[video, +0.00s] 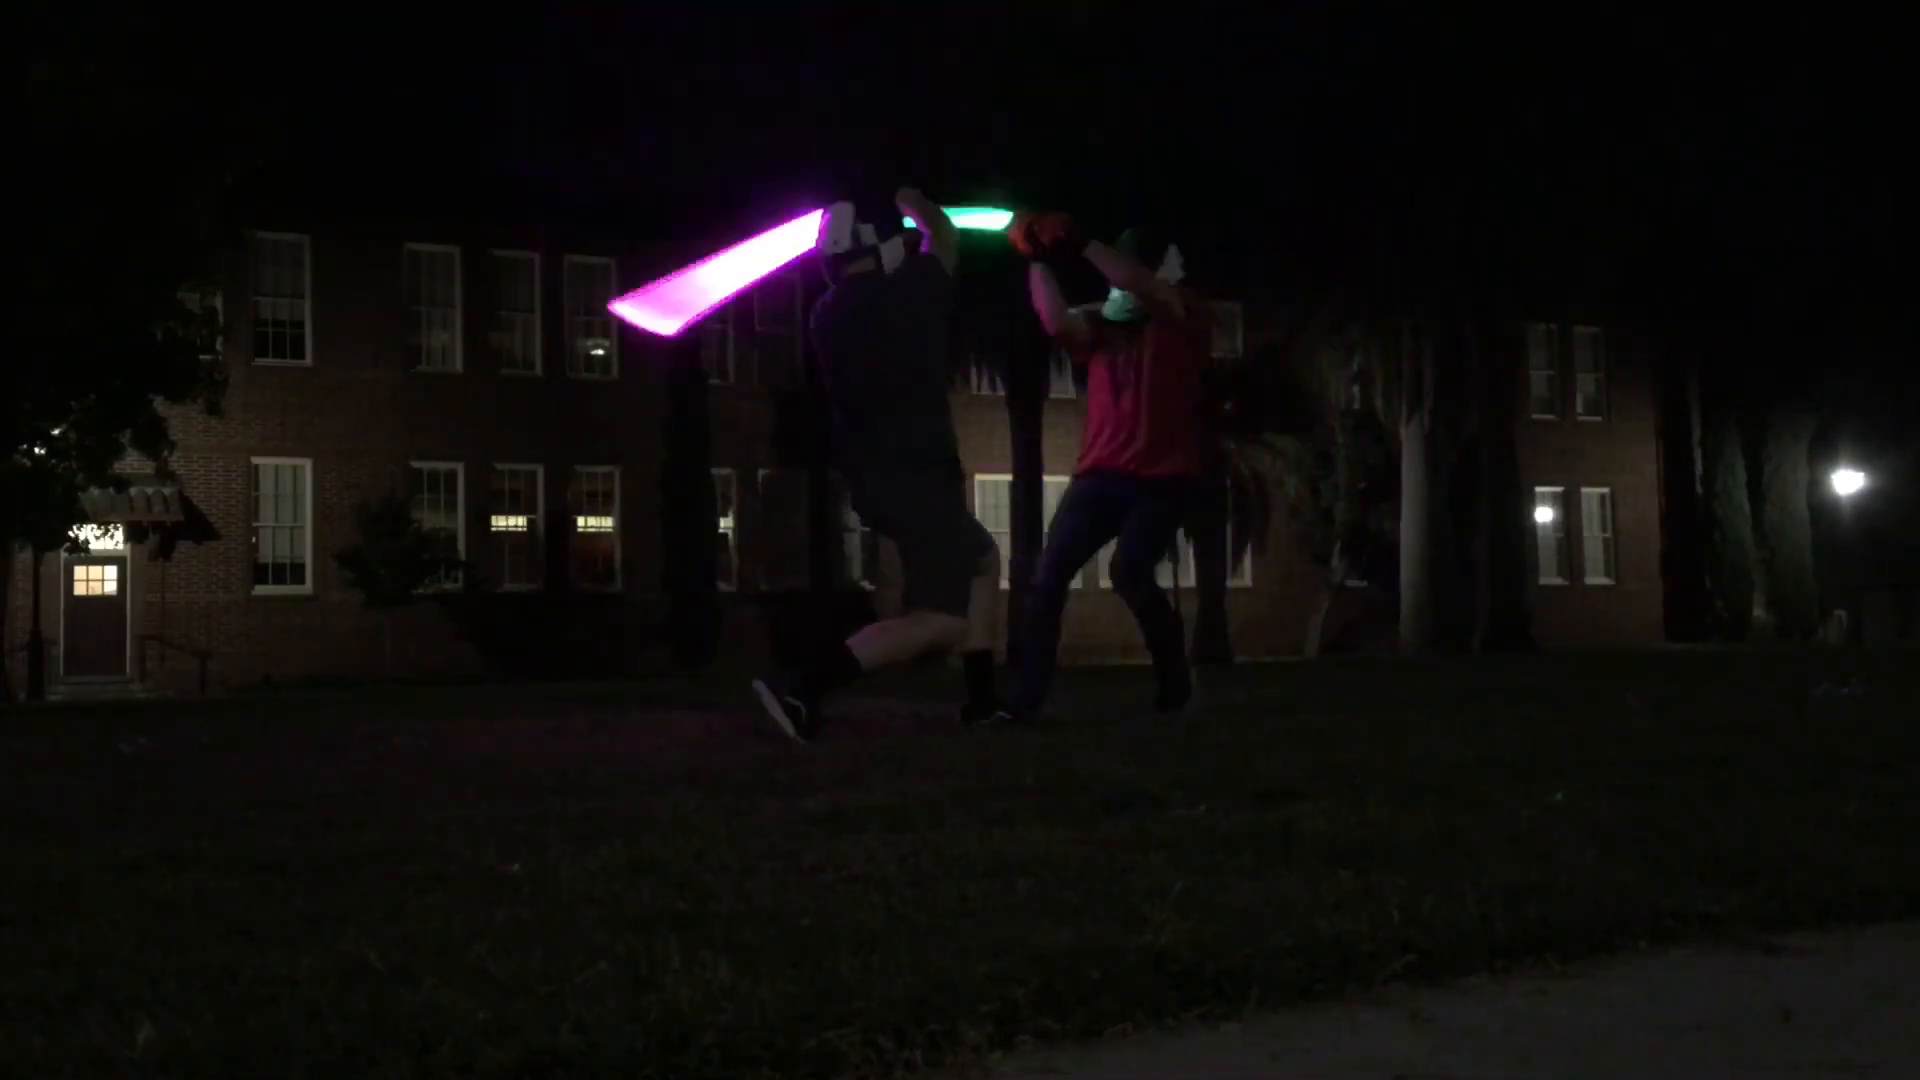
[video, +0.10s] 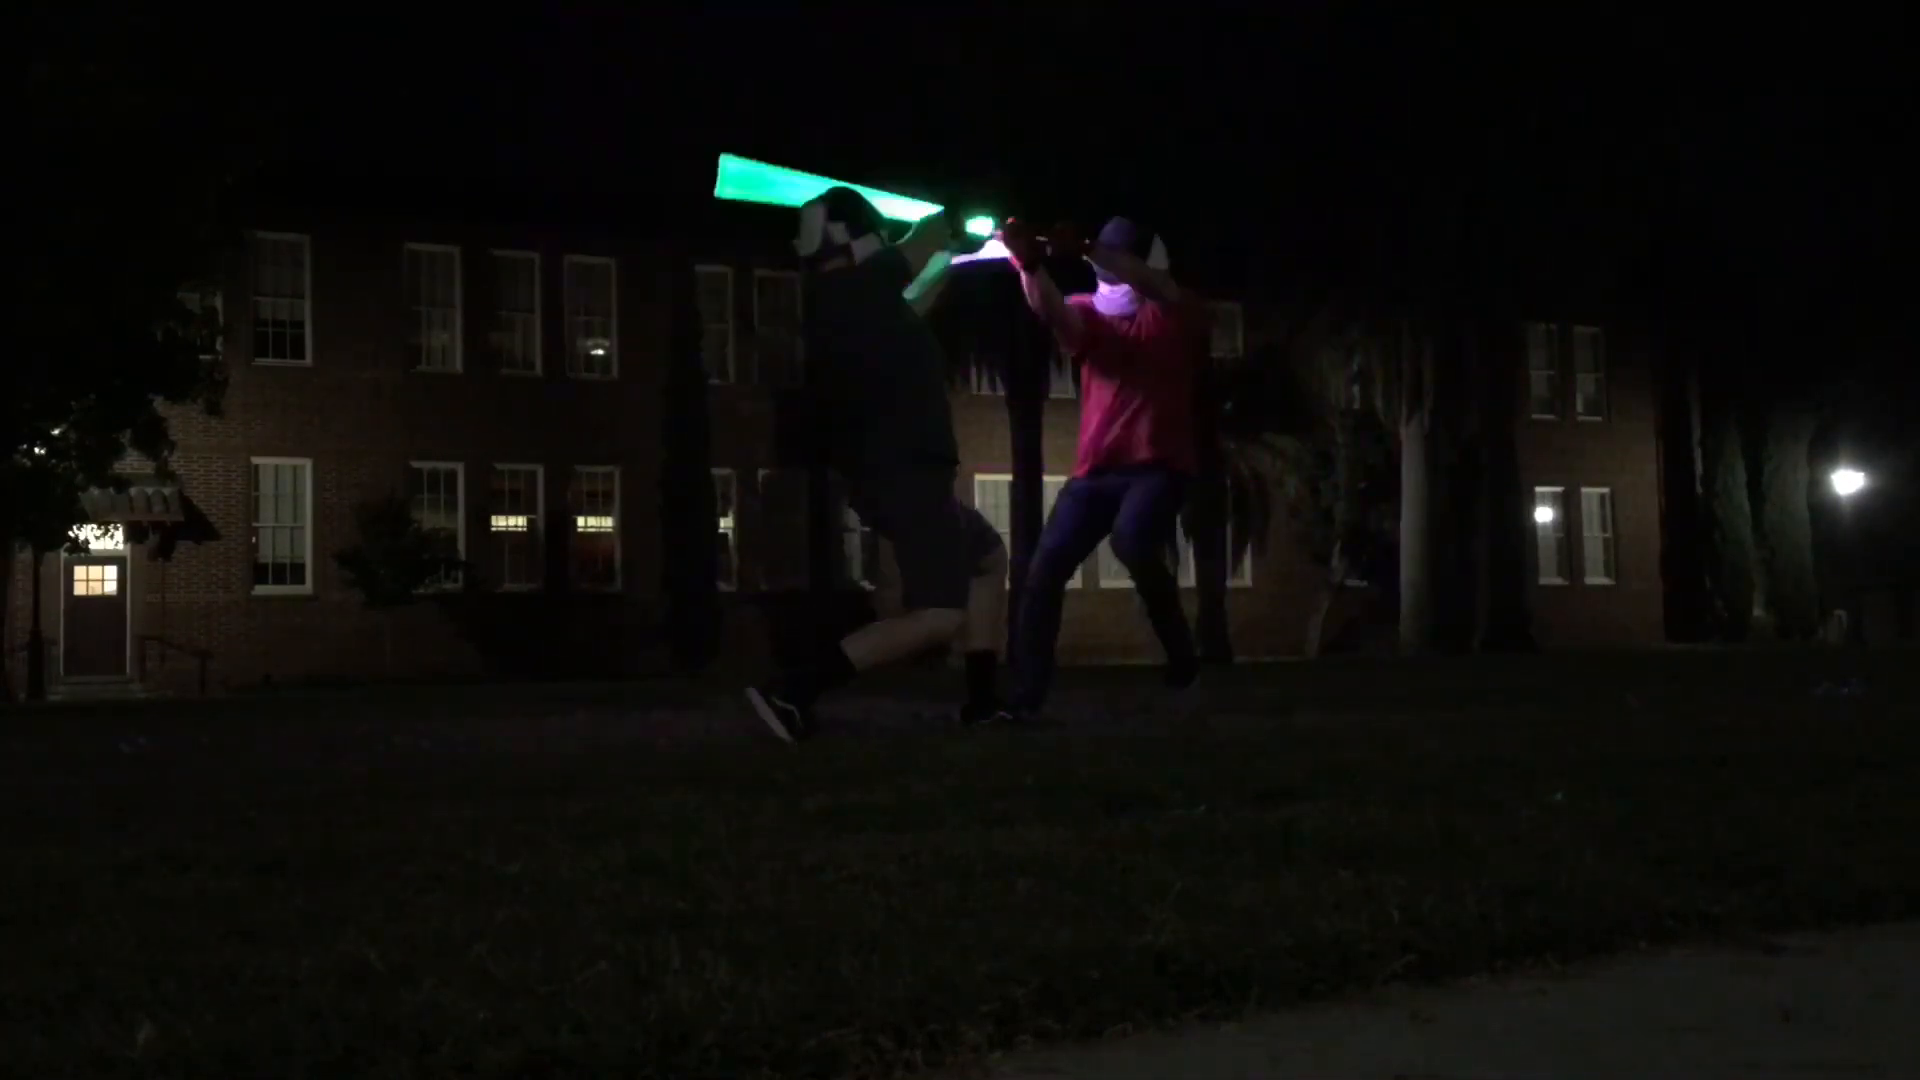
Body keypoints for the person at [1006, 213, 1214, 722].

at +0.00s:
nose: (1126, 290)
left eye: (1135, 280)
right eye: (1121, 280)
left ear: (1159, 279)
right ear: (1111, 280)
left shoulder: (1185, 321)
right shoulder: (1102, 326)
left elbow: (1141, 283)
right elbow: (1055, 321)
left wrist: (1076, 242)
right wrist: (1035, 258)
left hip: (1164, 477)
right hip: (1102, 476)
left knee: (1131, 575)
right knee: (1049, 575)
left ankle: (1176, 685)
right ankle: (1026, 699)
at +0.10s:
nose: (1109, 271)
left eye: (1120, 261)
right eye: (1103, 261)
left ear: (1148, 265)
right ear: (1094, 267)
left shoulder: (1173, 316)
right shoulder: (1088, 314)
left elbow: (1161, 287)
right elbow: (1052, 310)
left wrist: (1088, 251)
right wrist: (1027, 261)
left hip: (1159, 467)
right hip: (1098, 470)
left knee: (1133, 543)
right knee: (1044, 569)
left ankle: (1181, 656)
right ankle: (1024, 698)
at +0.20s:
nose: (1111, 261)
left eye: (1121, 253)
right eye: (1108, 254)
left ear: (1152, 253)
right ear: (1108, 256)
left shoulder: (1178, 295)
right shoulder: (1103, 296)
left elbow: (1153, 280)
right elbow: (1075, 292)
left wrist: (1098, 241)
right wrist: (1056, 245)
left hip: (1163, 458)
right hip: (1099, 461)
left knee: (1179, 547)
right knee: (1060, 578)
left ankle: (1218, 657)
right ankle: (1026, 695)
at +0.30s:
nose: (1135, 247)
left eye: (1147, 242)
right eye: (1134, 240)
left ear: (1174, 251)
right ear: (1127, 247)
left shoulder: (1193, 296)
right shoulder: (1112, 290)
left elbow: (1163, 273)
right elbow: (1079, 280)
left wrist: (1113, 232)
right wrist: (1063, 232)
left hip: (1169, 467)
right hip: (1103, 466)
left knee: (1228, 557)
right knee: (1068, 578)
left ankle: (1280, 661)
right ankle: (1026, 694)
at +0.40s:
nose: (1178, 273)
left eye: (1188, 263)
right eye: (1171, 262)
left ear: (1209, 266)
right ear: (1160, 266)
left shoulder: (1222, 317)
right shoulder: (1135, 299)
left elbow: (1199, 287)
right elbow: (1094, 298)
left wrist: (1150, 242)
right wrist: (1084, 234)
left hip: (1190, 475)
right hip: (1125, 473)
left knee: (1250, 577)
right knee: (1082, 584)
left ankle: (1310, 680)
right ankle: (1030, 696)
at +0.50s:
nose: (1209, 287)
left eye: (1224, 278)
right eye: (1205, 281)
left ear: (1242, 278)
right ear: (1196, 280)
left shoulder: (1253, 322)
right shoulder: (1168, 311)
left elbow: (1243, 306)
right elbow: (1118, 316)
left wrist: (1191, 266)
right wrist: (1124, 253)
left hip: (1225, 482)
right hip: (1160, 483)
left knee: (1274, 591)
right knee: (1105, 592)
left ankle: (1300, 694)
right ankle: (1036, 694)